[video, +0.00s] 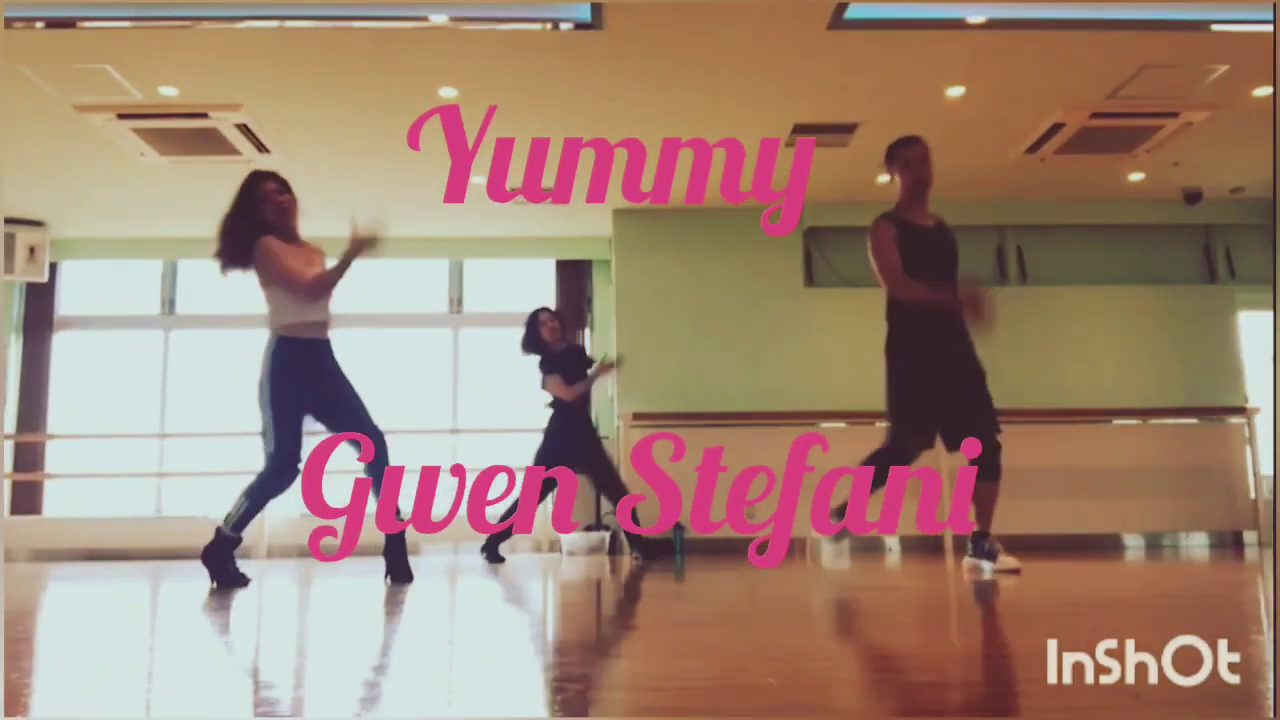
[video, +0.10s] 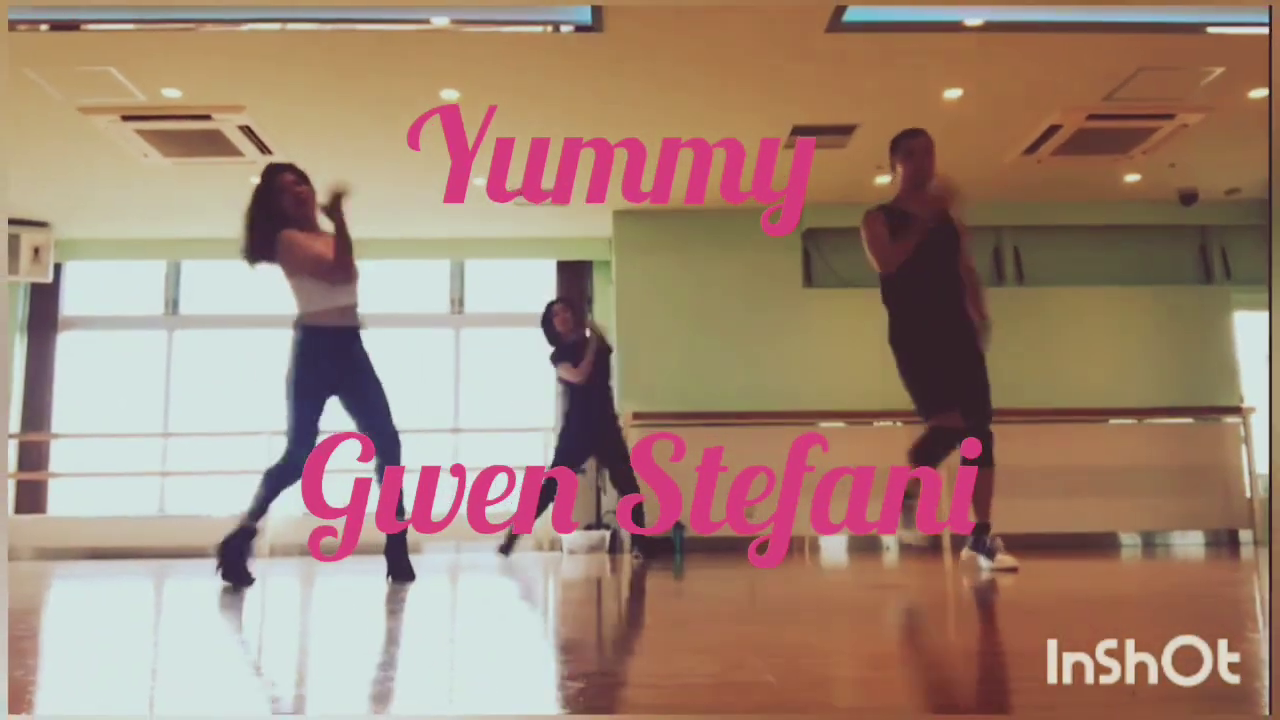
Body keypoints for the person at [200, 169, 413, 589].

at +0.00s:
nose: (282, 198)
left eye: (284, 191)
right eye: (270, 196)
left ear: (294, 198)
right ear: (256, 210)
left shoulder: (310, 250)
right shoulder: (266, 248)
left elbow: (311, 303)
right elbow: (310, 289)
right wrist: (351, 254)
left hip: (320, 362)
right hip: (287, 363)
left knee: (373, 445)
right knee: (282, 468)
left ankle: (395, 545)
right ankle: (221, 546)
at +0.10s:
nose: (303, 188)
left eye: (303, 181)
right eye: (292, 184)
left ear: (309, 190)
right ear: (275, 200)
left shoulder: (319, 235)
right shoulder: (287, 239)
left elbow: (339, 276)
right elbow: (341, 269)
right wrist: (339, 219)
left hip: (348, 349)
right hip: (315, 351)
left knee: (388, 445)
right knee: (297, 458)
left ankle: (397, 549)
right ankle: (239, 539)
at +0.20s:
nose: (319, 185)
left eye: (321, 177)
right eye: (306, 183)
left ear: (332, 184)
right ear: (293, 199)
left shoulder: (361, 234)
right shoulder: (301, 236)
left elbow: (358, 283)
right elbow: (337, 271)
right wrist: (329, 219)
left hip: (373, 339)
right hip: (332, 342)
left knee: (391, 441)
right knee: (329, 443)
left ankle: (401, 546)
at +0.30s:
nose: (336, 190)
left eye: (337, 182)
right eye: (323, 188)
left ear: (348, 189)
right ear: (307, 203)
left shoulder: (379, 239)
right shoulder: (311, 239)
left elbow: (385, 299)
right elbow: (345, 277)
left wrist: (394, 340)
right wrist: (344, 229)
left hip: (388, 343)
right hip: (345, 348)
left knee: (392, 445)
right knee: (364, 454)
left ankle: (410, 542)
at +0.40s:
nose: (342, 195)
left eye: (342, 186)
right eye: (330, 194)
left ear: (352, 189)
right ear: (316, 209)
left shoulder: (387, 236)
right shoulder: (315, 243)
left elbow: (403, 289)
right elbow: (346, 279)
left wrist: (432, 311)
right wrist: (362, 231)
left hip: (398, 344)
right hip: (356, 348)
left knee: (400, 448)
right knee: (351, 453)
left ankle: (419, 533)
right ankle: (373, 534)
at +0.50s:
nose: (337, 191)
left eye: (337, 182)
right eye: (324, 191)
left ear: (349, 186)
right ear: (315, 208)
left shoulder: (393, 226)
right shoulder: (320, 242)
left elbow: (421, 275)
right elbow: (325, 270)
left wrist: (456, 259)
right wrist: (342, 236)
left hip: (400, 337)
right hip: (356, 341)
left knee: (402, 443)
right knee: (329, 435)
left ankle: (417, 531)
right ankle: (341, 514)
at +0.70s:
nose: (353, 197)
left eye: (359, 190)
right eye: (345, 191)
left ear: (372, 197)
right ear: (332, 200)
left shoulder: (397, 246)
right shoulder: (320, 248)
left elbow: (410, 298)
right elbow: (295, 292)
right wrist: (279, 316)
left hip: (387, 351)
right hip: (341, 352)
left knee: (420, 447)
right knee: (306, 444)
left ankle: (431, 544)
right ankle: (285, 539)